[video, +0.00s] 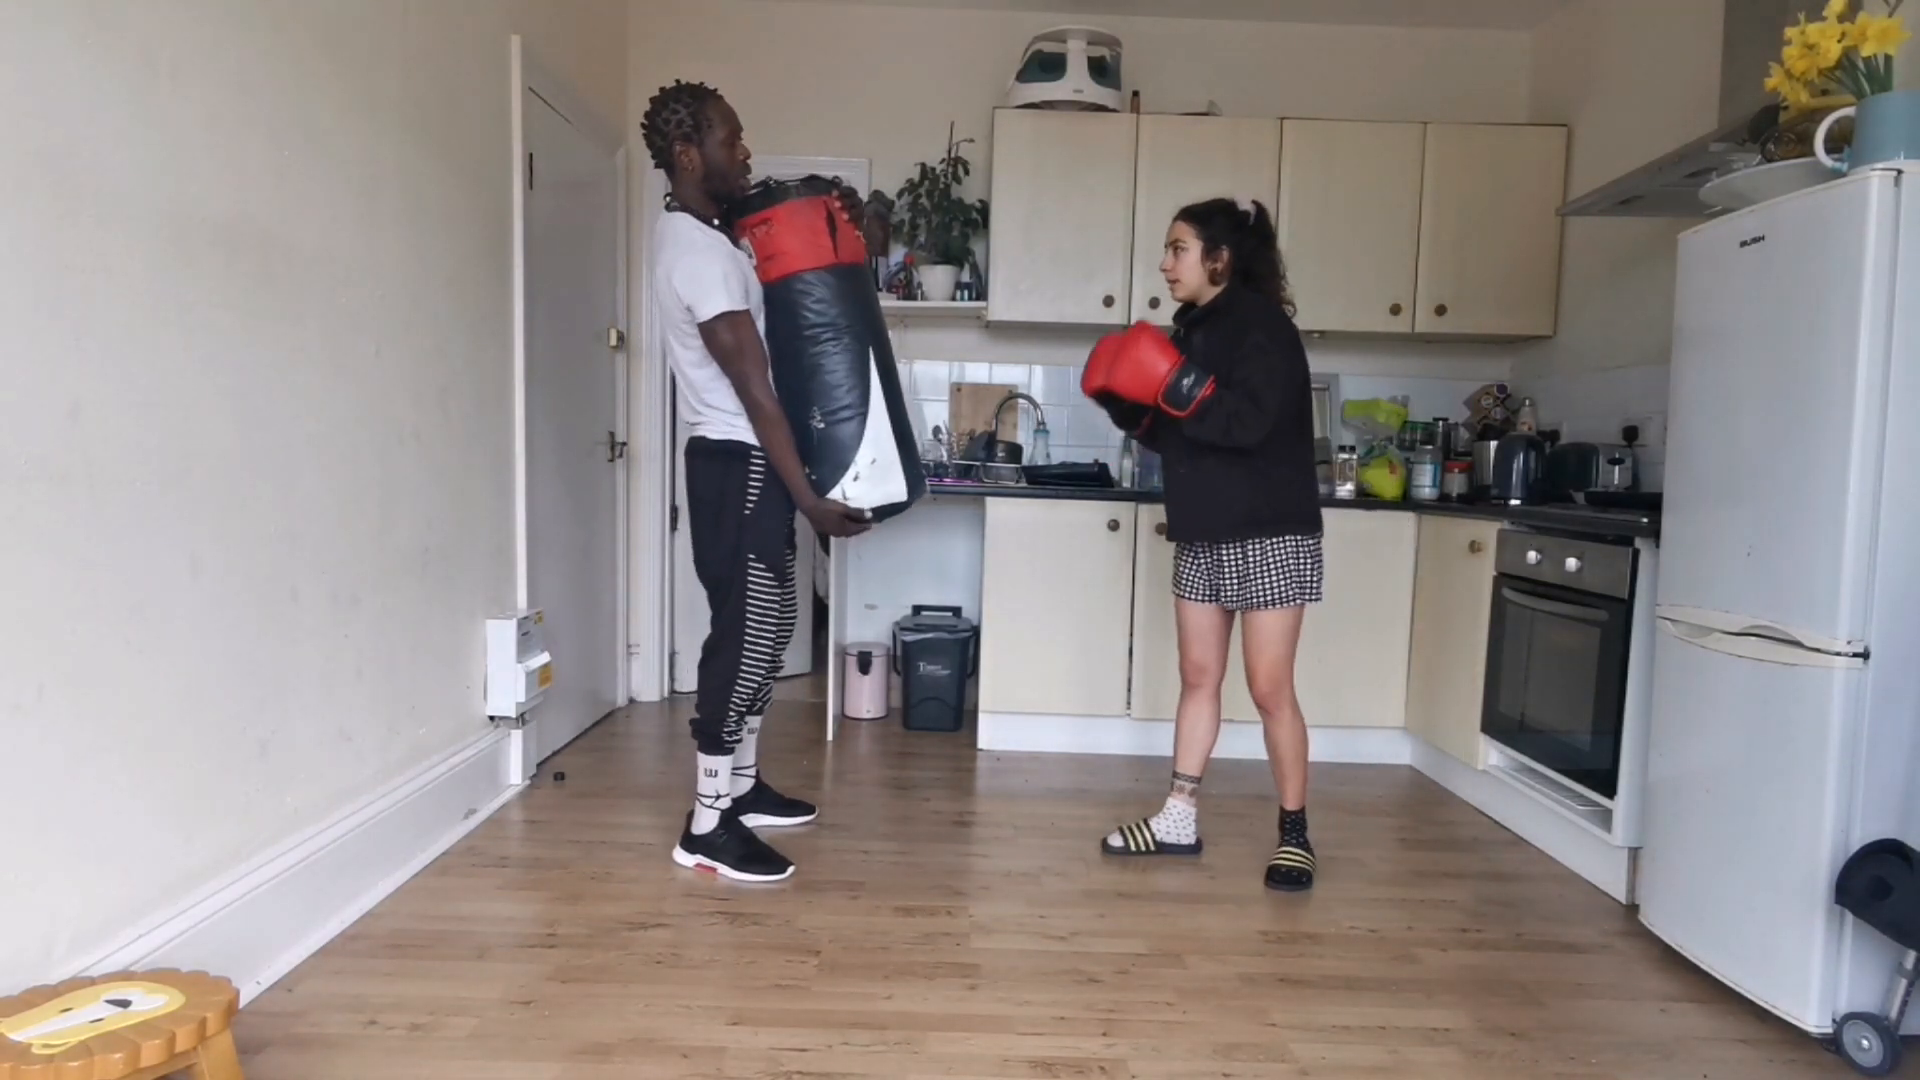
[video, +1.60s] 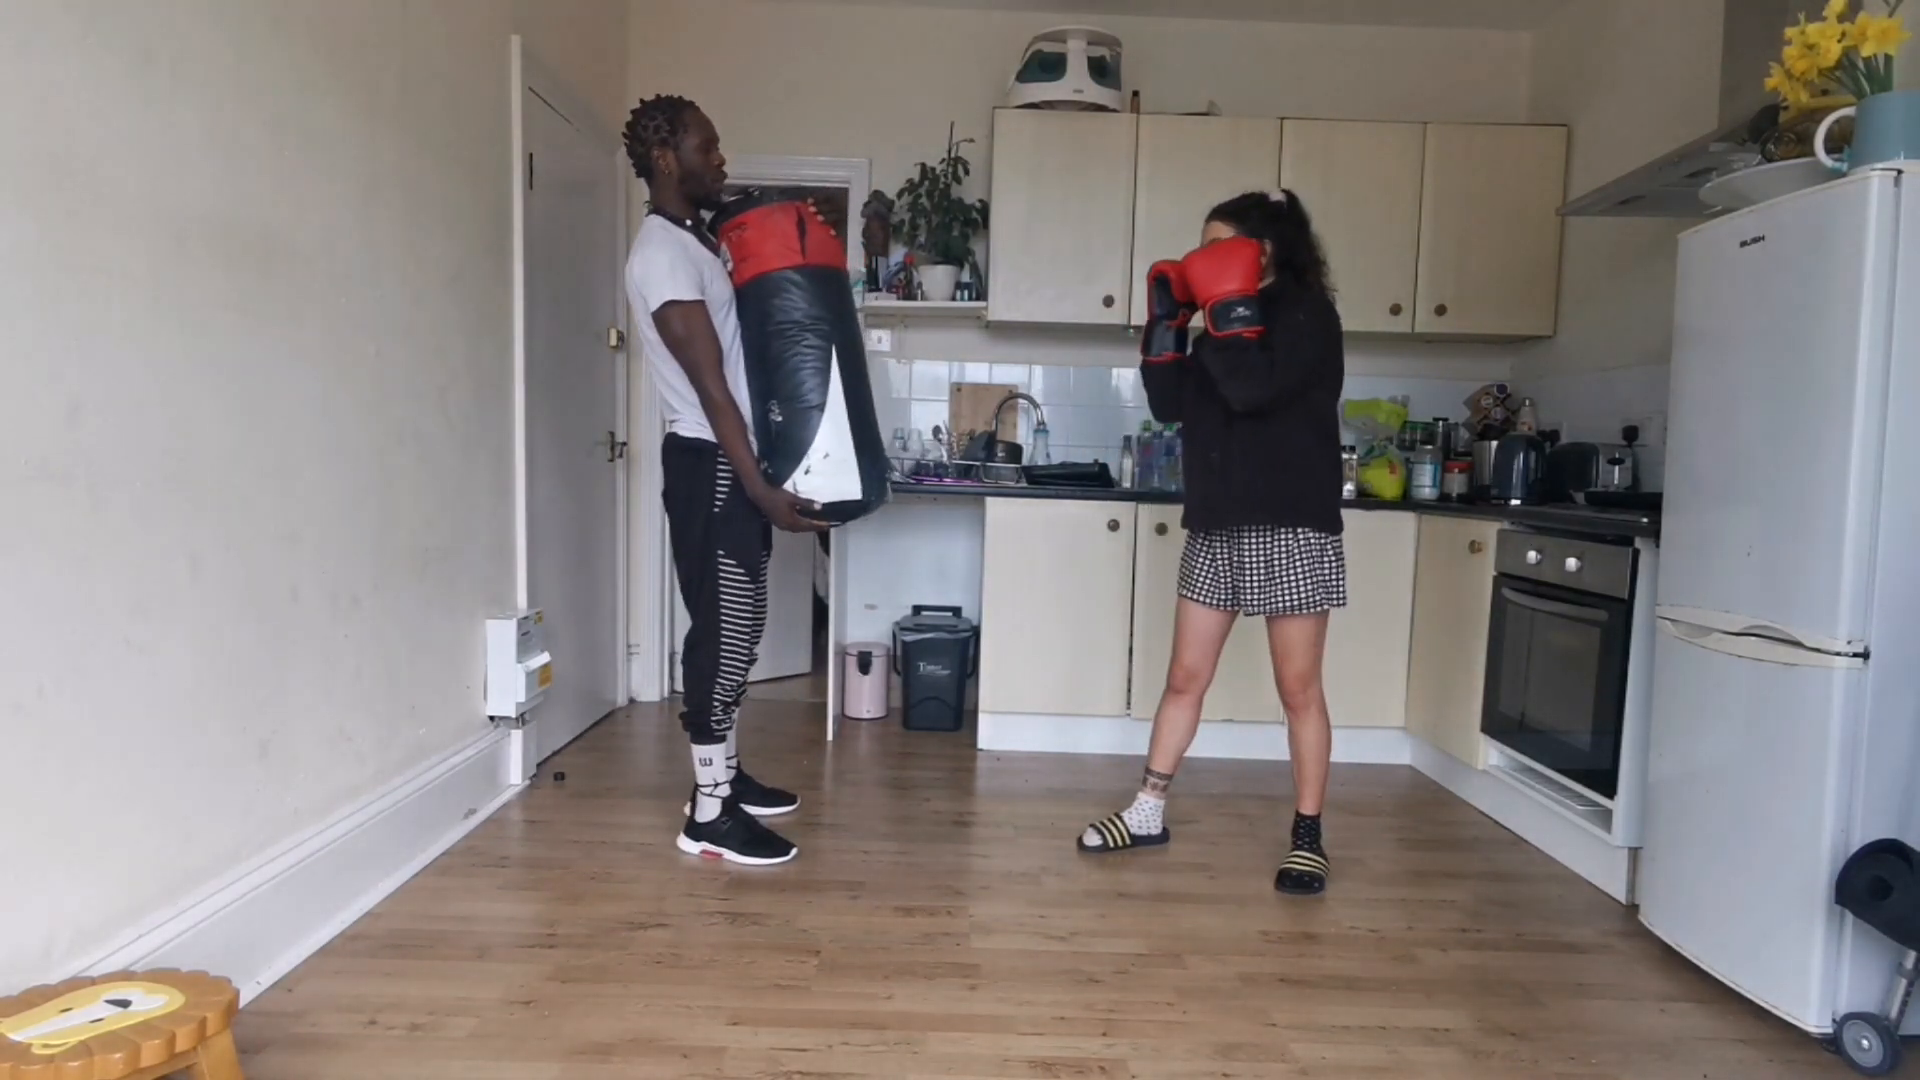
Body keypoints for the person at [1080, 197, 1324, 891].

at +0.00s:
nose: (1166, 262)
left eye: (1178, 250)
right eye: (1167, 249)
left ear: (1219, 258)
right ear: (1198, 260)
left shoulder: (1265, 325)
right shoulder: (1185, 335)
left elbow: (1251, 424)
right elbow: (1172, 436)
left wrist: (1176, 385)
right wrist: (1116, 392)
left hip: (1273, 525)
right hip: (1201, 526)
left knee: (1270, 689)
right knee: (1197, 676)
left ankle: (1293, 832)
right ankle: (1178, 817)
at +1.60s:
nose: (1207, 264)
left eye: (1221, 250)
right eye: (1204, 252)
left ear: (1264, 250)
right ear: (1209, 256)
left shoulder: (1307, 314)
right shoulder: (1216, 323)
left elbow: (1249, 390)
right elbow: (1168, 404)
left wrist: (1228, 313)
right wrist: (1164, 323)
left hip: (1294, 517)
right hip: (1215, 517)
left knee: (1299, 687)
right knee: (1185, 676)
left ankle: (1307, 833)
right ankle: (1148, 810)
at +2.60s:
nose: (1232, 265)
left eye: (1244, 252)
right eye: (1230, 252)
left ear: (1281, 256)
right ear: (1234, 262)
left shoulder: (1314, 317)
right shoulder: (1230, 319)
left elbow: (1241, 385)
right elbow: (1173, 396)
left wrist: (1229, 312)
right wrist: (1177, 309)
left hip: (1292, 519)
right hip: (1218, 517)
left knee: (1297, 683)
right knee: (1173, 671)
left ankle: (1308, 833)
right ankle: (1148, 809)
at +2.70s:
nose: (1207, 272)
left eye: (1220, 257)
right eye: (1203, 260)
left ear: (1258, 257)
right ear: (1212, 266)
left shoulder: (1300, 318)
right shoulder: (1215, 320)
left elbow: (1231, 391)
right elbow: (1162, 398)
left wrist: (1217, 313)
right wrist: (1165, 311)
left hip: (1290, 521)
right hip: (1214, 520)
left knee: (1295, 683)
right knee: (1166, 669)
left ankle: (1307, 835)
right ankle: (1147, 810)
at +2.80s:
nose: (1183, 280)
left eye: (1194, 268)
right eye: (1179, 270)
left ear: (1237, 265)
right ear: (1191, 270)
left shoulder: (1282, 320)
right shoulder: (1199, 327)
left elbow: (1224, 396)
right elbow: (1143, 402)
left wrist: (1198, 319)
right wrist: (1144, 319)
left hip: (1282, 521)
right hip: (1205, 521)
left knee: (1289, 684)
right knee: (1163, 669)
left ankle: (1307, 834)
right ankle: (1147, 810)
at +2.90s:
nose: (1167, 281)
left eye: (1179, 269)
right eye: (1164, 270)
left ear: (1218, 265)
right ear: (1164, 272)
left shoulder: (1263, 318)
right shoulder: (1177, 329)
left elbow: (1216, 399)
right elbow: (1130, 406)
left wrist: (1183, 325)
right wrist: (1127, 326)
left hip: (1279, 519)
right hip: (1200, 521)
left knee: (1289, 686)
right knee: (1165, 668)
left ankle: (1309, 836)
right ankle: (1146, 812)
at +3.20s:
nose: (1190, 288)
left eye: (1203, 275)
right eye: (1185, 278)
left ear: (1243, 270)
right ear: (1188, 281)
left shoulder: (1293, 325)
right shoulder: (1202, 336)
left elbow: (1243, 399)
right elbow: (1157, 411)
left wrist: (1210, 326)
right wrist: (1150, 333)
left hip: (1303, 526)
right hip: (1221, 528)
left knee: (1335, 693)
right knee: (1176, 672)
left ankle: (1381, 833)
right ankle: (1146, 811)